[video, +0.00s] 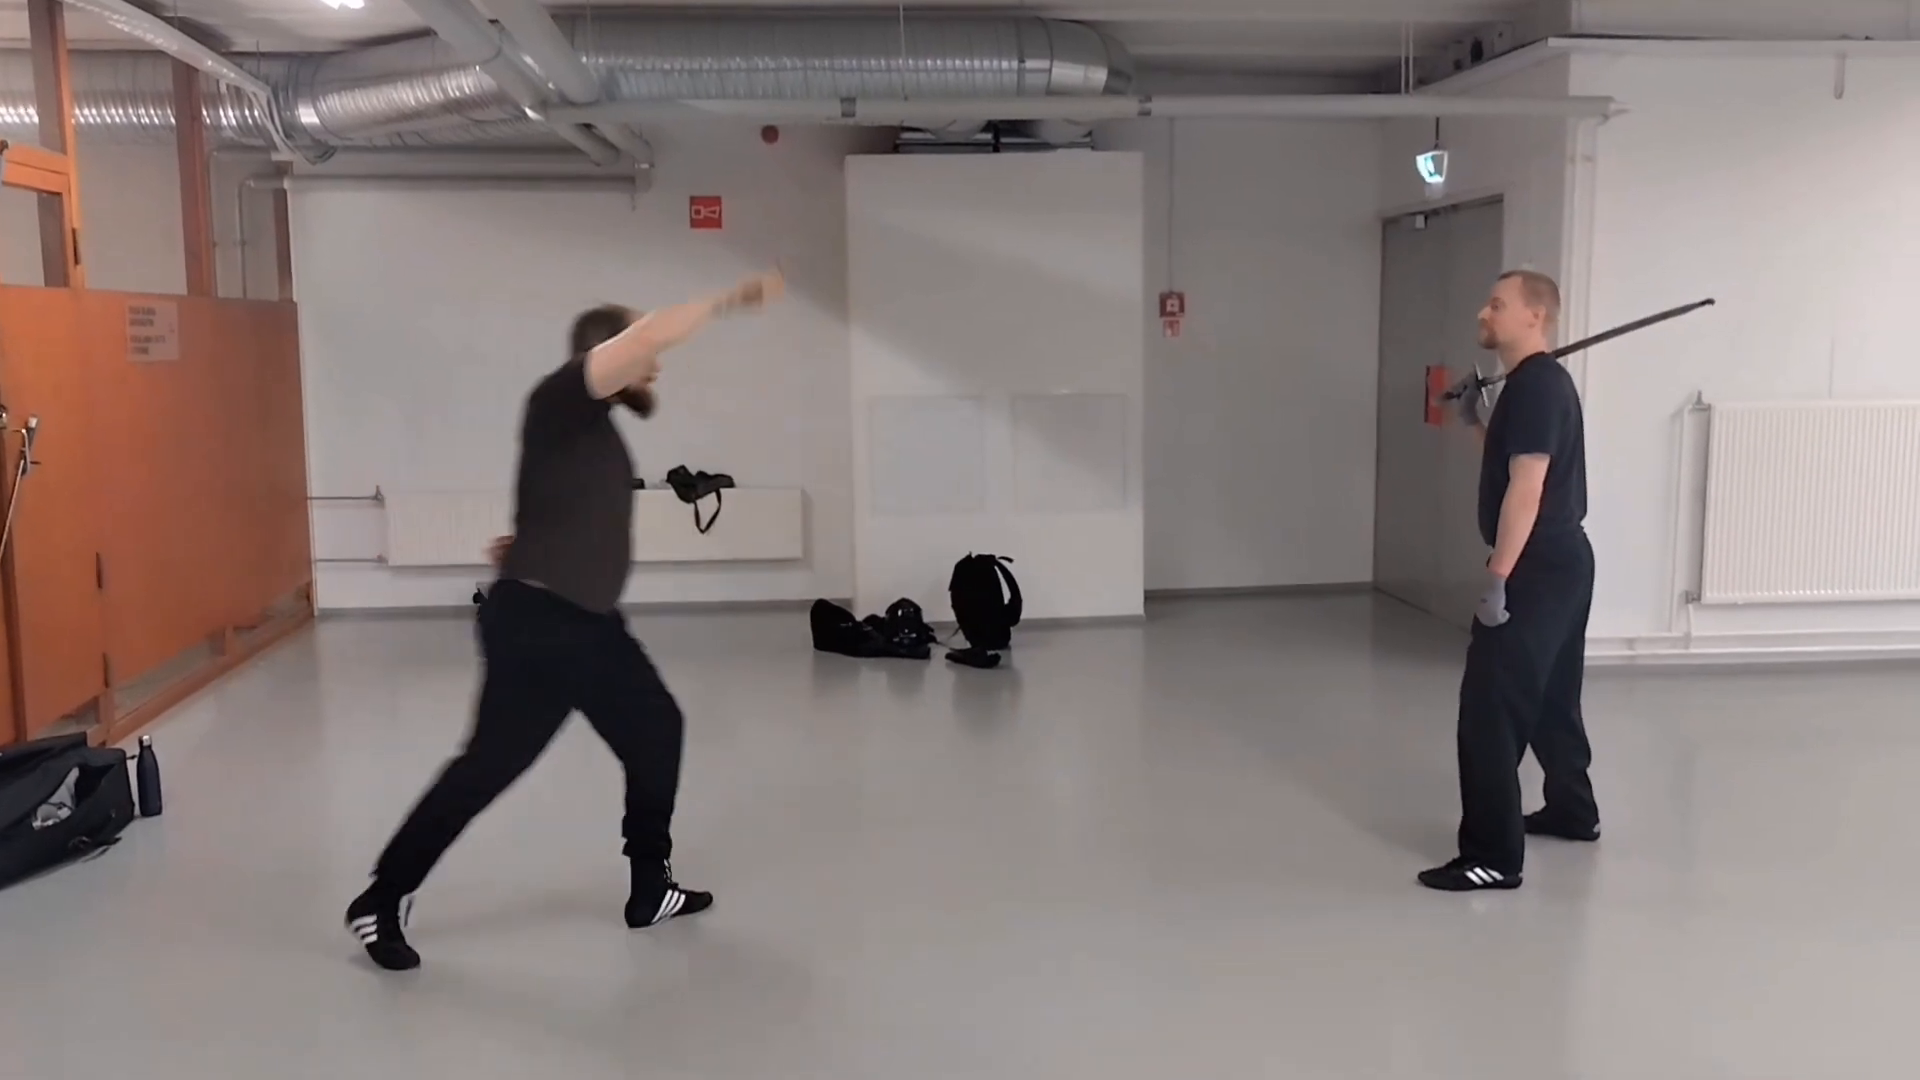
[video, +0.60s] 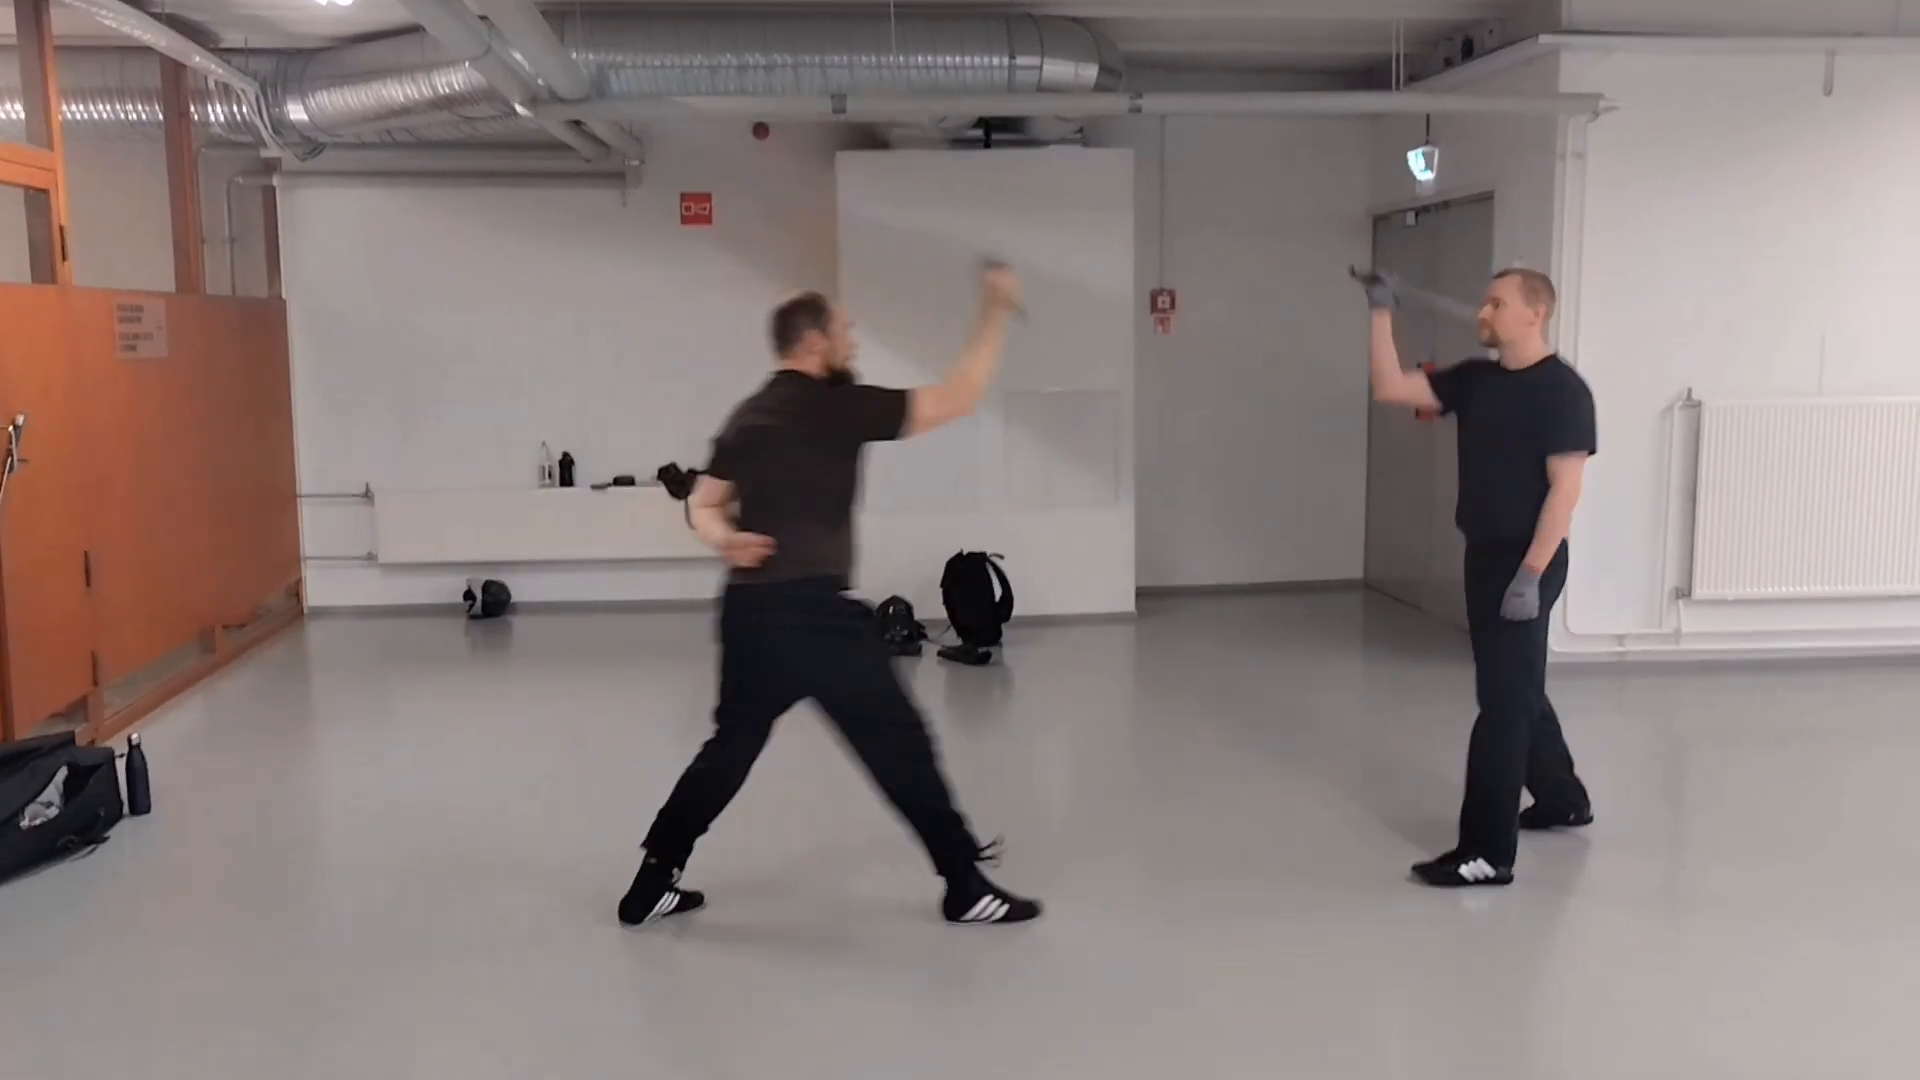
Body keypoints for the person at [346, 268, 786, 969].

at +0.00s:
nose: (656, 362)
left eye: (655, 350)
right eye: (645, 347)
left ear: (611, 355)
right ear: (607, 348)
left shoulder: (601, 432)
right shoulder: (560, 401)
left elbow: (588, 521)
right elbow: (643, 337)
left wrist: (526, 544)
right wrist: (724, 299)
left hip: (588, 625)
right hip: (533, 618)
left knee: (656, 734)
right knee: (491, 763)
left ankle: (650, 889)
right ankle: (379, 901)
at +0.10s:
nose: (695, 355)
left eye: (692, 341)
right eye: (682, 342)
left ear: (666, 350)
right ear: (649, 345)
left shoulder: (637, 420)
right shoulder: (604, 398)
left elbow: (625, 515)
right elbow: (675, 322)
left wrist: (568, 539)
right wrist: (732, 241)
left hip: (623, 614)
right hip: (581, 612)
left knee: (680, 735)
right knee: (565, 765)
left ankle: (652, 888)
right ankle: (427, 876)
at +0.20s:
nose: (725, 347)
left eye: (724, 335)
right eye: (713, 332)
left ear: (683, 344)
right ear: (679, 336)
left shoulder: (669, 415)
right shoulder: (647, 394)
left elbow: (668, 520)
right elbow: (713, 315)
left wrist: (608, 535)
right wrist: (741, 227)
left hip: (648, 601)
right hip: (623, 600)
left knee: (688, 740)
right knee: (663, 748)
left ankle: (652, 889)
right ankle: (522, 874)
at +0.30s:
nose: (751, 344)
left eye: (748, 332)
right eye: (744, 329)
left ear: (691, 332)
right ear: (714, 331)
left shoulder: (665, 399)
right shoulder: (702, 380)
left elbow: (675, 502)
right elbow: (769, 316)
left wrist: (638, 531)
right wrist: (776, 230)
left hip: (644, 588)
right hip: (675, 591)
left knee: (690, 742)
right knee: (726, 743)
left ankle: (651, 883)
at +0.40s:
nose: (782, 337)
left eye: (779, 324)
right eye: (774, 325)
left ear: (719, 334)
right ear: (741, 331)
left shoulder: (686, 399)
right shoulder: (743, 384)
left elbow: (660, 507)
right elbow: (833, 342)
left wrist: (660, 523)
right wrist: (837, 248)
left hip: (671, 592)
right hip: (715, 594)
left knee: (703, 740)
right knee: (795, 733)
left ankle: (649, 887)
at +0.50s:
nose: (816, 338)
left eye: (812, 326)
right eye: (808, 326)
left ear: (753, 338)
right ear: (774, 334)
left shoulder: (717, 403)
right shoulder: (787, 391)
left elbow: (681, 489)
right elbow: (897, 373)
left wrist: (678, 520)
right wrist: (917, 278)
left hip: (709, 597)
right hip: (763, 600)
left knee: (716, 743)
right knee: (845, 735)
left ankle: (650, 885)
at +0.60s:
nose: (852, 339)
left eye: (847, 328)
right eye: (843, 329)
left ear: (790, 347)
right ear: (813, 343)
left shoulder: (751, 416)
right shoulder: (838, 404)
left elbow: (703, 504)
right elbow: (953, 400)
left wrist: (726, 539)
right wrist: (997, 313)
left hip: (751, 612)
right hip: (819, 611)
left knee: (731, 748)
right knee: (898, 747)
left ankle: (649, 885)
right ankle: (965, 885)